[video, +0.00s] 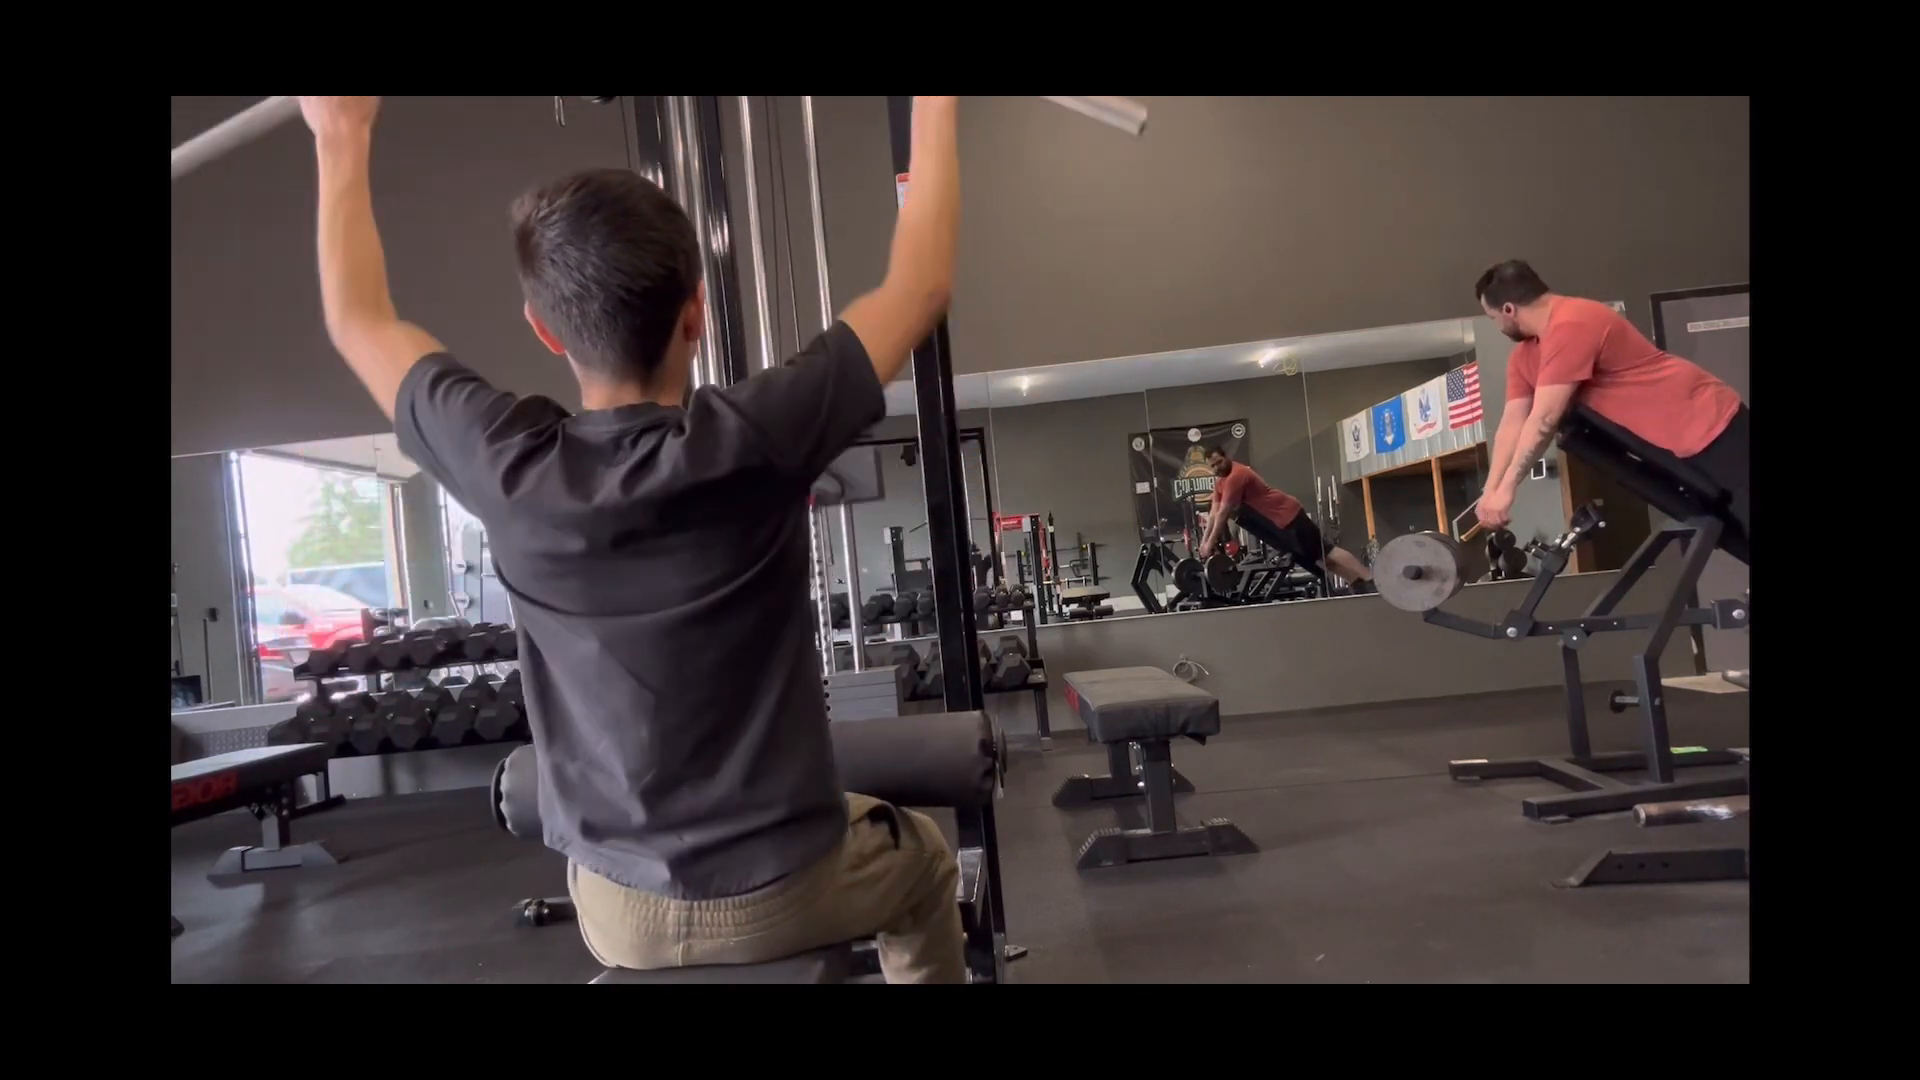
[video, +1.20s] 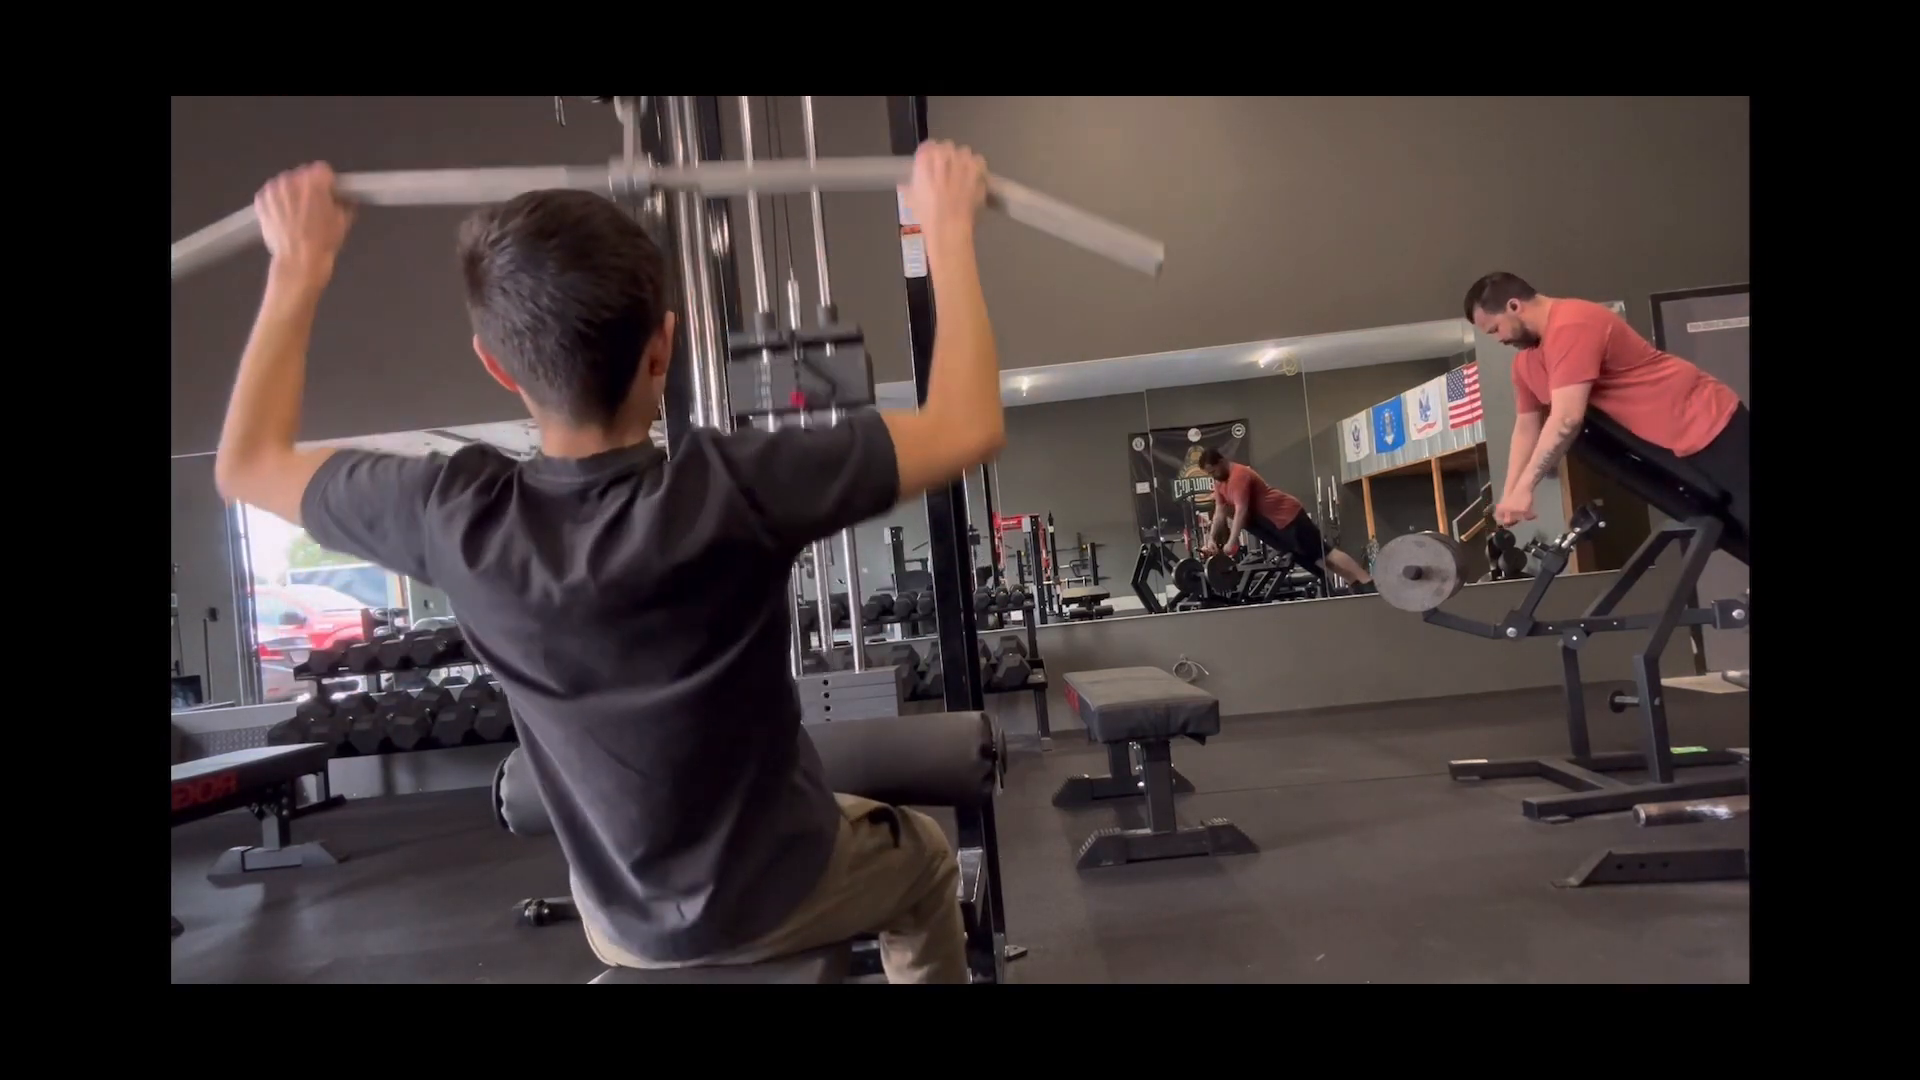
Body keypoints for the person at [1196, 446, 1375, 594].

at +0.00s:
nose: (1216, 466)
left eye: (1219, 461)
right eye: (1212, 464)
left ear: (1226, 458)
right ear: (1210, 467)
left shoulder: (1237, 475)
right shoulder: (1220, 482)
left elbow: (1224, 512)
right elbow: (1214, 512)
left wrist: (1211, 540)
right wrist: (1206, 539)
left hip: (1290, 514)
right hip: (1279, 525)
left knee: (1326, 551)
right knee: (1319, 558)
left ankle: (1370, 578)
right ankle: (1356, 583)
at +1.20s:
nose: (1212, 475)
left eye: (1213, 470)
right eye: (1209, 473)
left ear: (1221, 462)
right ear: (1208, 472)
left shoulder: (1239, 475)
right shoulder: (1220, 485)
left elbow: (1241, 510)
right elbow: (1219, 512)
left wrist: (1233, 541)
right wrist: (1211, 539)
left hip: (1289, 514)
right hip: (1276, 526)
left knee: (1324, 551)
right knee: (1315, 558)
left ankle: (1367, 581)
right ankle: (1354, 583)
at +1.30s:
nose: (1213, 476)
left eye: (1213, 470)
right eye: (1209, 473)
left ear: (1221, 462)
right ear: (1207, 473)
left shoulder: (1240, 476)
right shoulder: (1219, 485)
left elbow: (1250, 507)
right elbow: (1222, 512)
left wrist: (1244, 535)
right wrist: (1217, 538)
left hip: (1288, 514)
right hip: (1273, 526)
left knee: (1324, 551)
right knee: (1313, 558)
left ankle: (1368, 581)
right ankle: (1354, 583)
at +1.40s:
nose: (1214, 475)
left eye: (1214, 470)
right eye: (1210, 473)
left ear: (1221, 463)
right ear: (1208, 473)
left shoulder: (1240, 475)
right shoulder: (1220, 485)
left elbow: (1257, 505)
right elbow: (1225, 510)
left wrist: (1258, 537)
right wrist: (1223, 538)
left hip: (1289, 514)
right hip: (1274, 525)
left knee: (1323, 551)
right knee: (1313, 559)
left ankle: (1368, 581)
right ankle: (1354, 583)